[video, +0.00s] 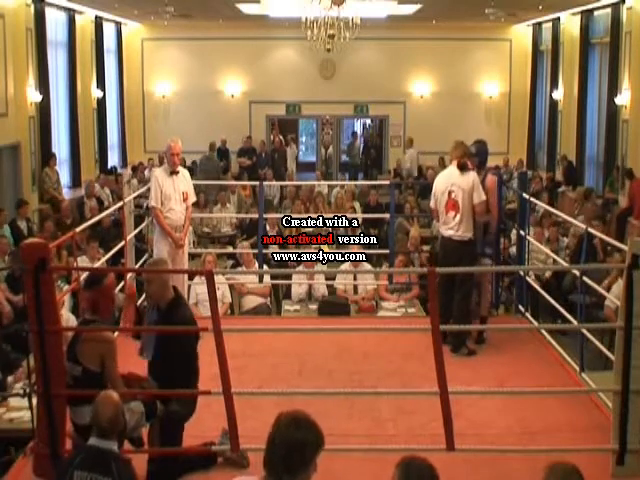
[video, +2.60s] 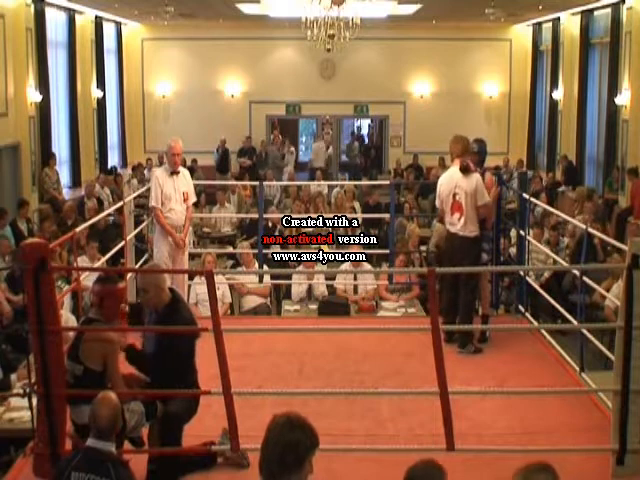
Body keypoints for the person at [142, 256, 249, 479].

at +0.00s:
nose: (145, 288)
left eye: (149, 282)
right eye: (144, 281)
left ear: (165, 281)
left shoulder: (180, 318)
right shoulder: (155, 308)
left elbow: (182, 369)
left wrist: (173, 406)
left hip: (175, 399)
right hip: (160, 393)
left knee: (162, 469)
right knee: (157, 467)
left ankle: (217, 451)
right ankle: (215, 449)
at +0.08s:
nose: (145, 287)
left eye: (150, 282)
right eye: (144, 281)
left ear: (165, 282)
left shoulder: (180, 317)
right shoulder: (155, 308)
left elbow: (182, 368)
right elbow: (139, 336)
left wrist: (173, 405)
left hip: (176, 398)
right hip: (160, 393)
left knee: (162, 469)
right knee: (157, 467)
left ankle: (217, 451)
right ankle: (215, 449)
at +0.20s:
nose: (146, 288)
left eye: (150, 282)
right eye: (145, 281)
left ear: (166, 282)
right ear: (150, 281)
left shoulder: (181, 319)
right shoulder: (157, 308)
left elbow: (183, 370)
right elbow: (156, 358)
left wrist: (174, 407)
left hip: (175, 399)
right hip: (160, 394)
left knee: (162, 470)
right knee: (157, 467)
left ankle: (217, 451)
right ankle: (215, 449)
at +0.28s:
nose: (146, 288)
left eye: (150, 282)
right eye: (145, 282)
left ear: (166, 282)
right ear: (151, 281)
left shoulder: (181, 319)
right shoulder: (156, 308)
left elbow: (185, 371)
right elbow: (150, 347)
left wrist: (174, 408)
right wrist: (138, 327)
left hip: (176, 399)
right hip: (160, 393)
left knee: (161, 470)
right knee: (158, 467)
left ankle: (216, 451)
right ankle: (215, 449)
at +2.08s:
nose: (142, 296)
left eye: (146, 291)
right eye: (140, 290)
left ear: (163, 289)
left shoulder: (180, 321)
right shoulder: (157, 309)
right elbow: (143, 331)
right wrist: (136, 342)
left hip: (178, 399)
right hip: (162, 393)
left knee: (159, 469)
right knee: (161, 466)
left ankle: (216, 452)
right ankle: (215, 450)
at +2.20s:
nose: (141, 297)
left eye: (145, 291)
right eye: (139, 291)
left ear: (162, 288)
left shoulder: (180, 322)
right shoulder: (156, 310)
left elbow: (173, 379)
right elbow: (142, 339)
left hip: (178, 399)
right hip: (161, 393)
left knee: (161, 469)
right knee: (159, 467)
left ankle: (218, 452)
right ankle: (216, 450)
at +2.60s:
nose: (141, 297)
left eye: (145, 291)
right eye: (139, 291)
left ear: (162, 289)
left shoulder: (179, 319)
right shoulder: (152, 306)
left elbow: (162, 370)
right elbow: (131, 316)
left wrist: (130, 351)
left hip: (180, 395)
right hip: (159, 389)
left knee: (161, 469)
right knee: (162, 467)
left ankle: (217, 454)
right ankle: (216, 450)